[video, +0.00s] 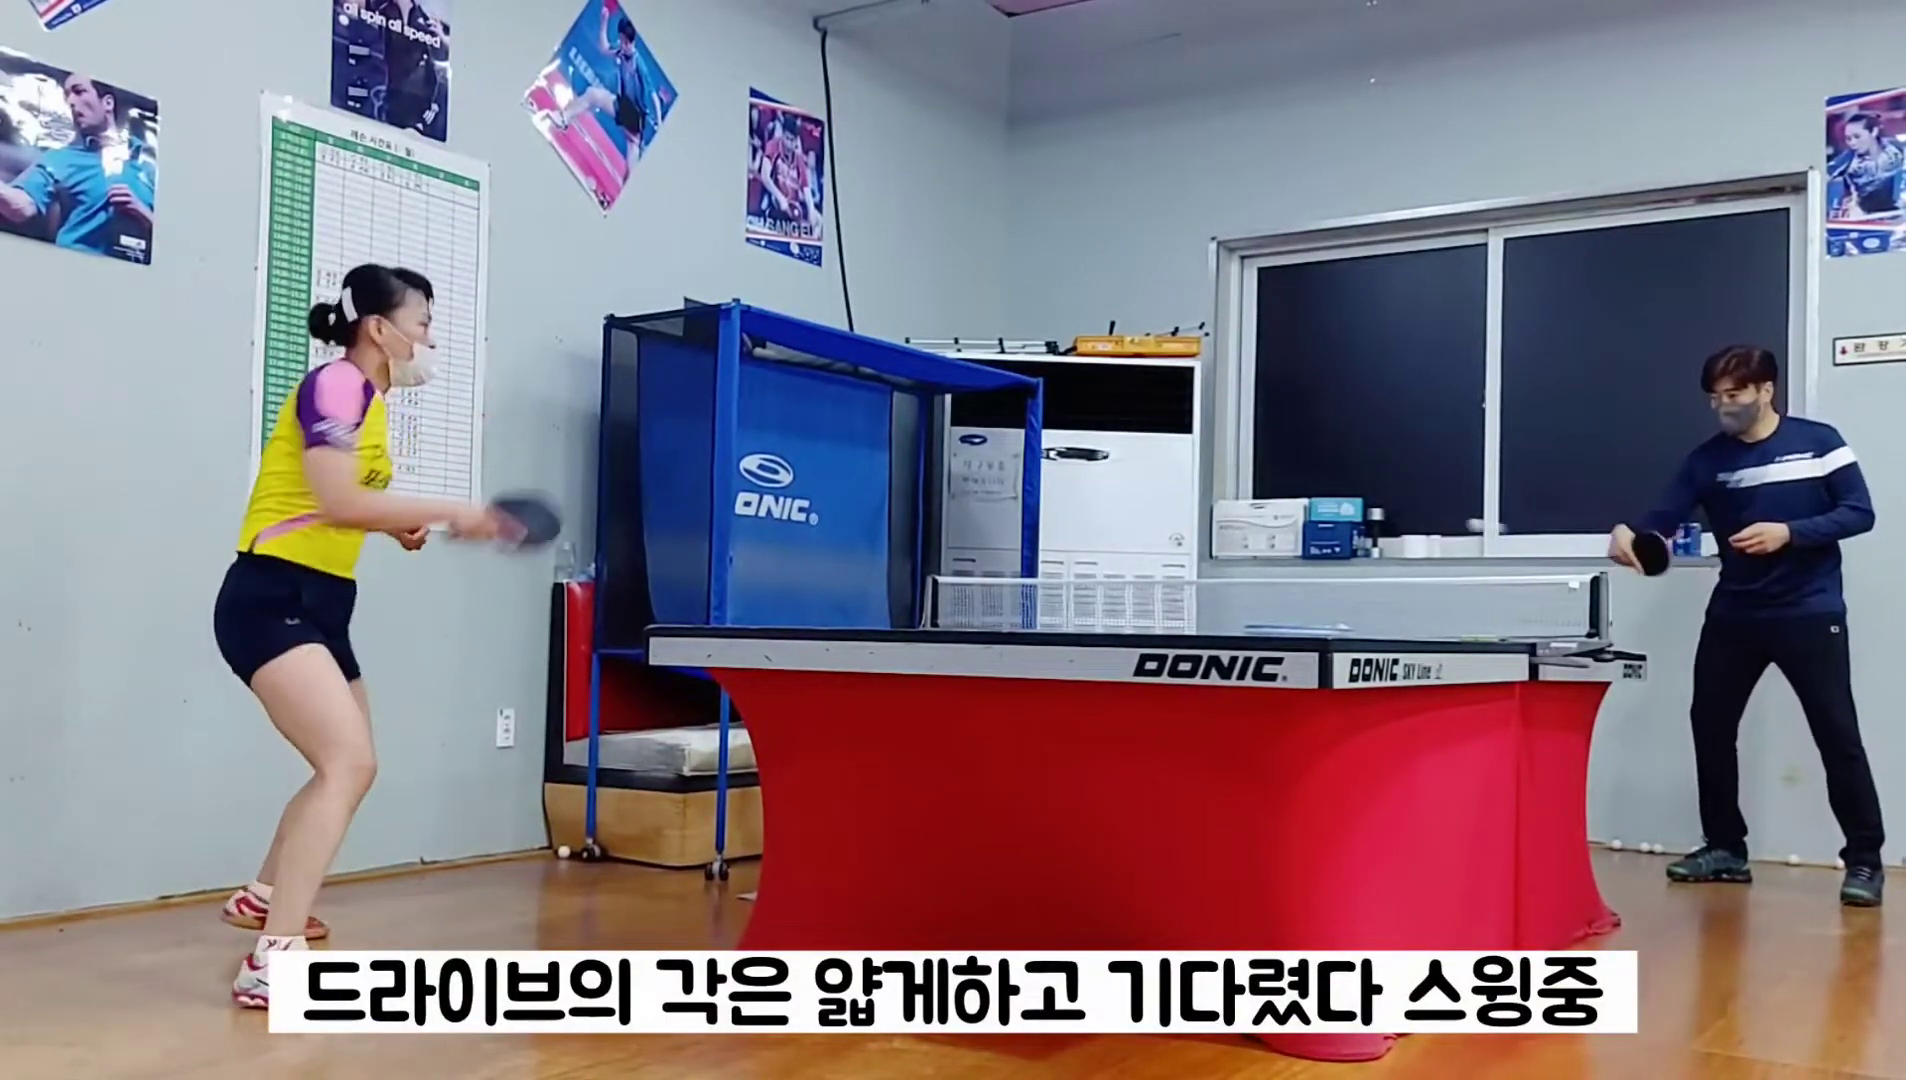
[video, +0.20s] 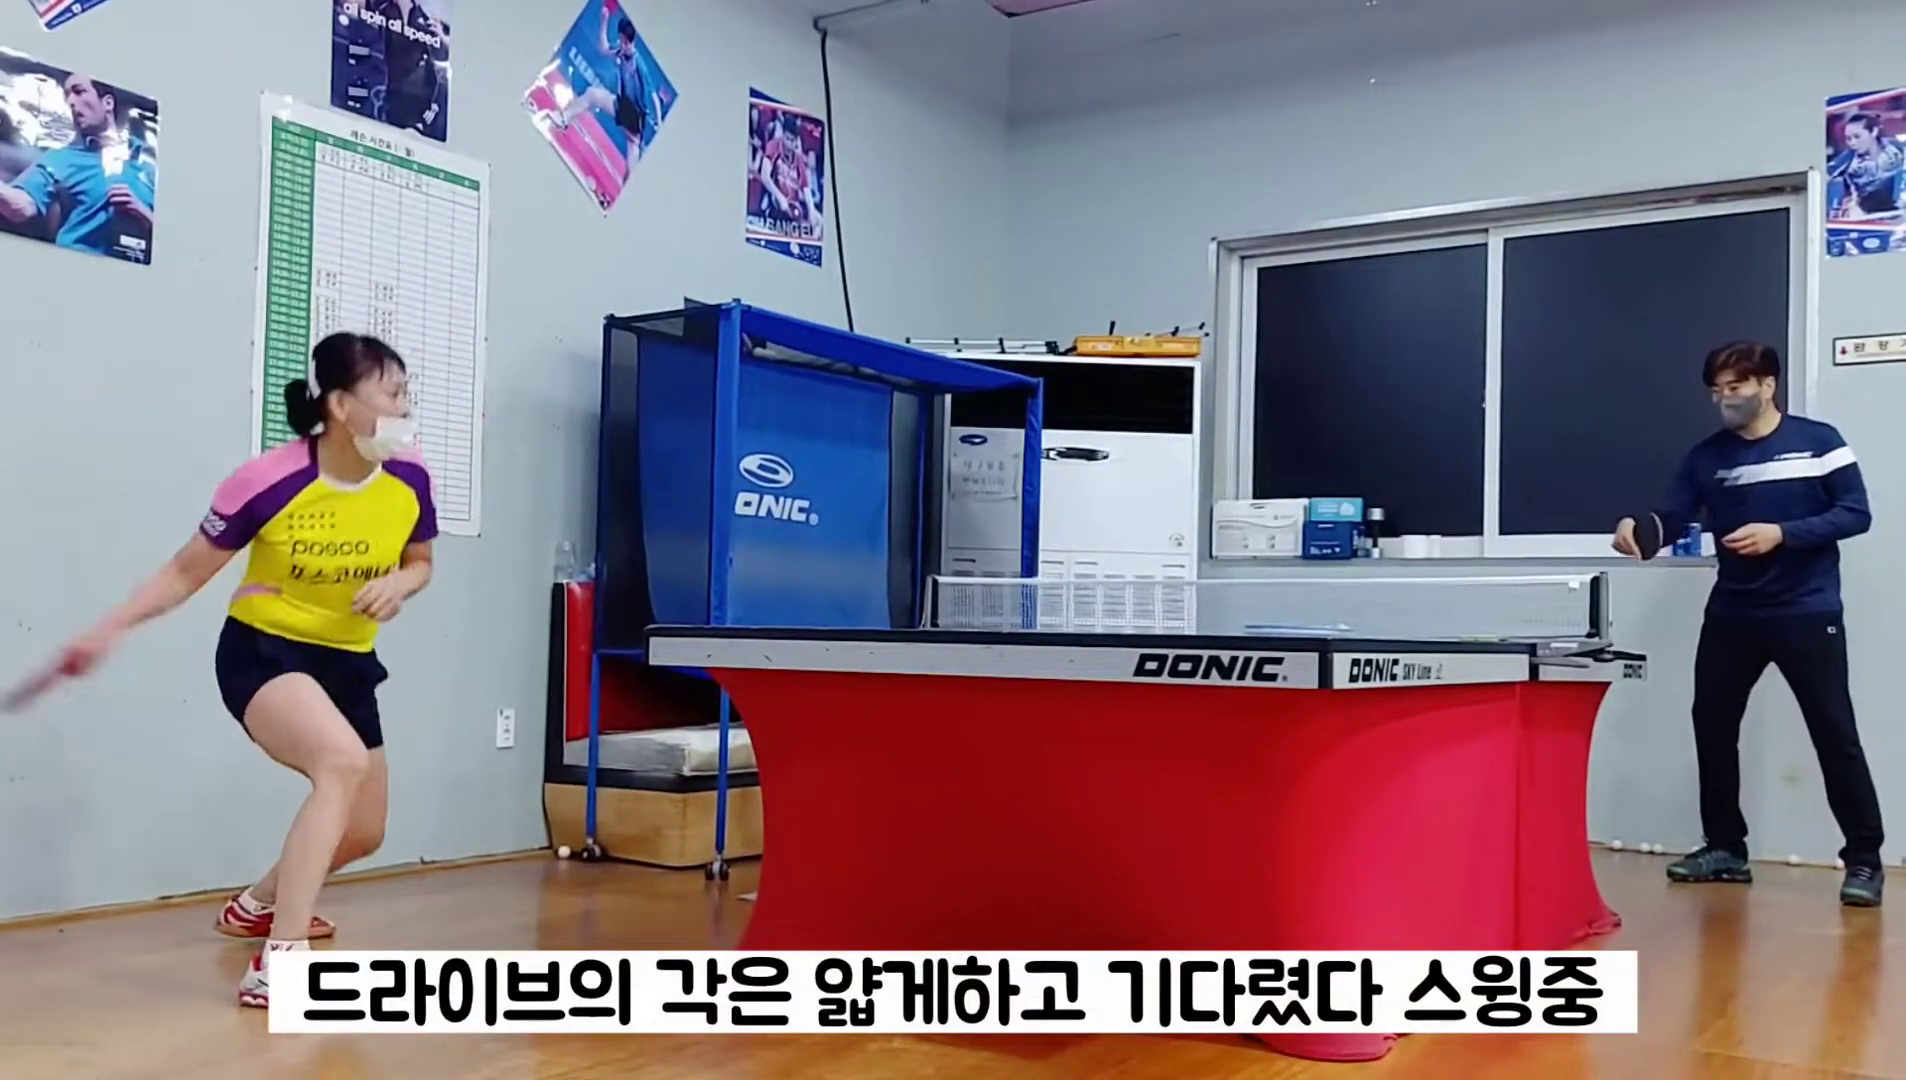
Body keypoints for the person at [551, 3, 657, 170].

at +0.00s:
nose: (622, 42)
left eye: (624, 39)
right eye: (621, 39)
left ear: (628, 40)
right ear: (622, 39)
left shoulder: (631, 56)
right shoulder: (622, 53)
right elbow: (603, 49)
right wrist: (604, 22)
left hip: (628, 109)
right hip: (636, 116)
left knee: (593, 95)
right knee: (632, 161)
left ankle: (564, 118)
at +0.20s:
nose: (621, 42)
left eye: (623, 40)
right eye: (621, 39)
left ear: (627, 41)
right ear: (622, 39)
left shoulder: (631, 55)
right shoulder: (622, 53)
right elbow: (604, 50)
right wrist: (604, 22)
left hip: (628, 108)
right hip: (637, 115)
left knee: (593, 94)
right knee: (632, 161)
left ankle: (563, 118)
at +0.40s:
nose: (621, 42)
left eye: (624, 40)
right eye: (621, 38)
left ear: (628, 41)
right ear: (620, 38)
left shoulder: (632, 56)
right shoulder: (622, 53)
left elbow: (631, 56)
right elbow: (604, 50)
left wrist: (628, 51)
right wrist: (604, 22)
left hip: (628, 109)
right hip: (638, 116)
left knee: (593, 94)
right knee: (633, 145)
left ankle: (563, 117)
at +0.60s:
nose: (623, 44)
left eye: (625, 41)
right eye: (622, 40)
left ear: (629, 42)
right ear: (620, 39)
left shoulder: (632, 57)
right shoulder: (621, 53)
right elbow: (603, 49)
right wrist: (604, 22)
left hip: (628, 109)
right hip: (636, 117)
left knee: (593, 95)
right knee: (632, 166)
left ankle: (563, 118)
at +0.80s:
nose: (622, 43)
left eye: (624, 40)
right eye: (622, 40)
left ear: (628, 41)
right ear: (622, 40)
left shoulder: (632, 56)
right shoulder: (621, 54)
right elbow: (604, 49)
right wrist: (604, 22)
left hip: (628, 109)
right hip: (636, 115)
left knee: (593, 94)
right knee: (632, 164)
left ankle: (563, 118)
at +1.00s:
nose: (622, 43)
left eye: (624, 40)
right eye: (621, 39)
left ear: (628, 41)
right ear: (622, 39)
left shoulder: (631, 55)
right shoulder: (623, 52)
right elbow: (604, 50)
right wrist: (604, 22)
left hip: (628, 109)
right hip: (637, 115)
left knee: (593, 94)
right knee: (632, 163)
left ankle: (563, 118)